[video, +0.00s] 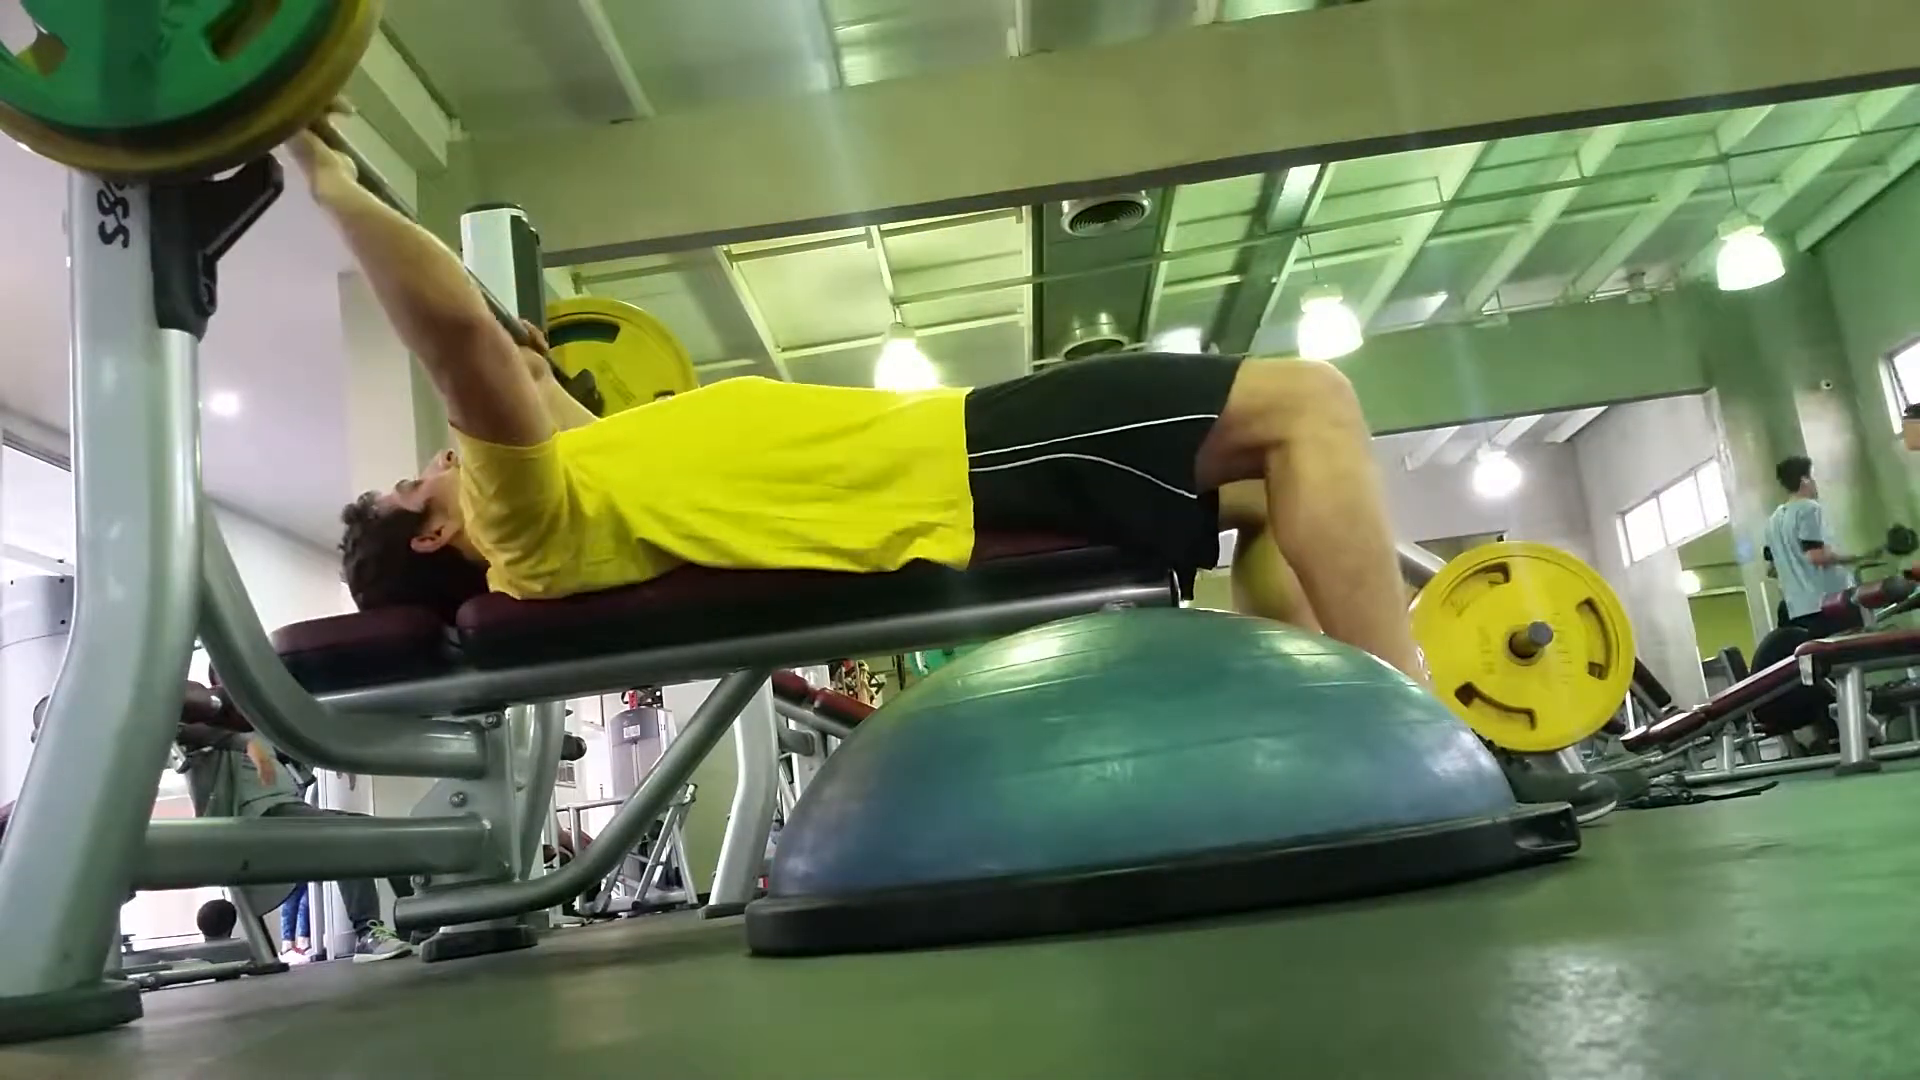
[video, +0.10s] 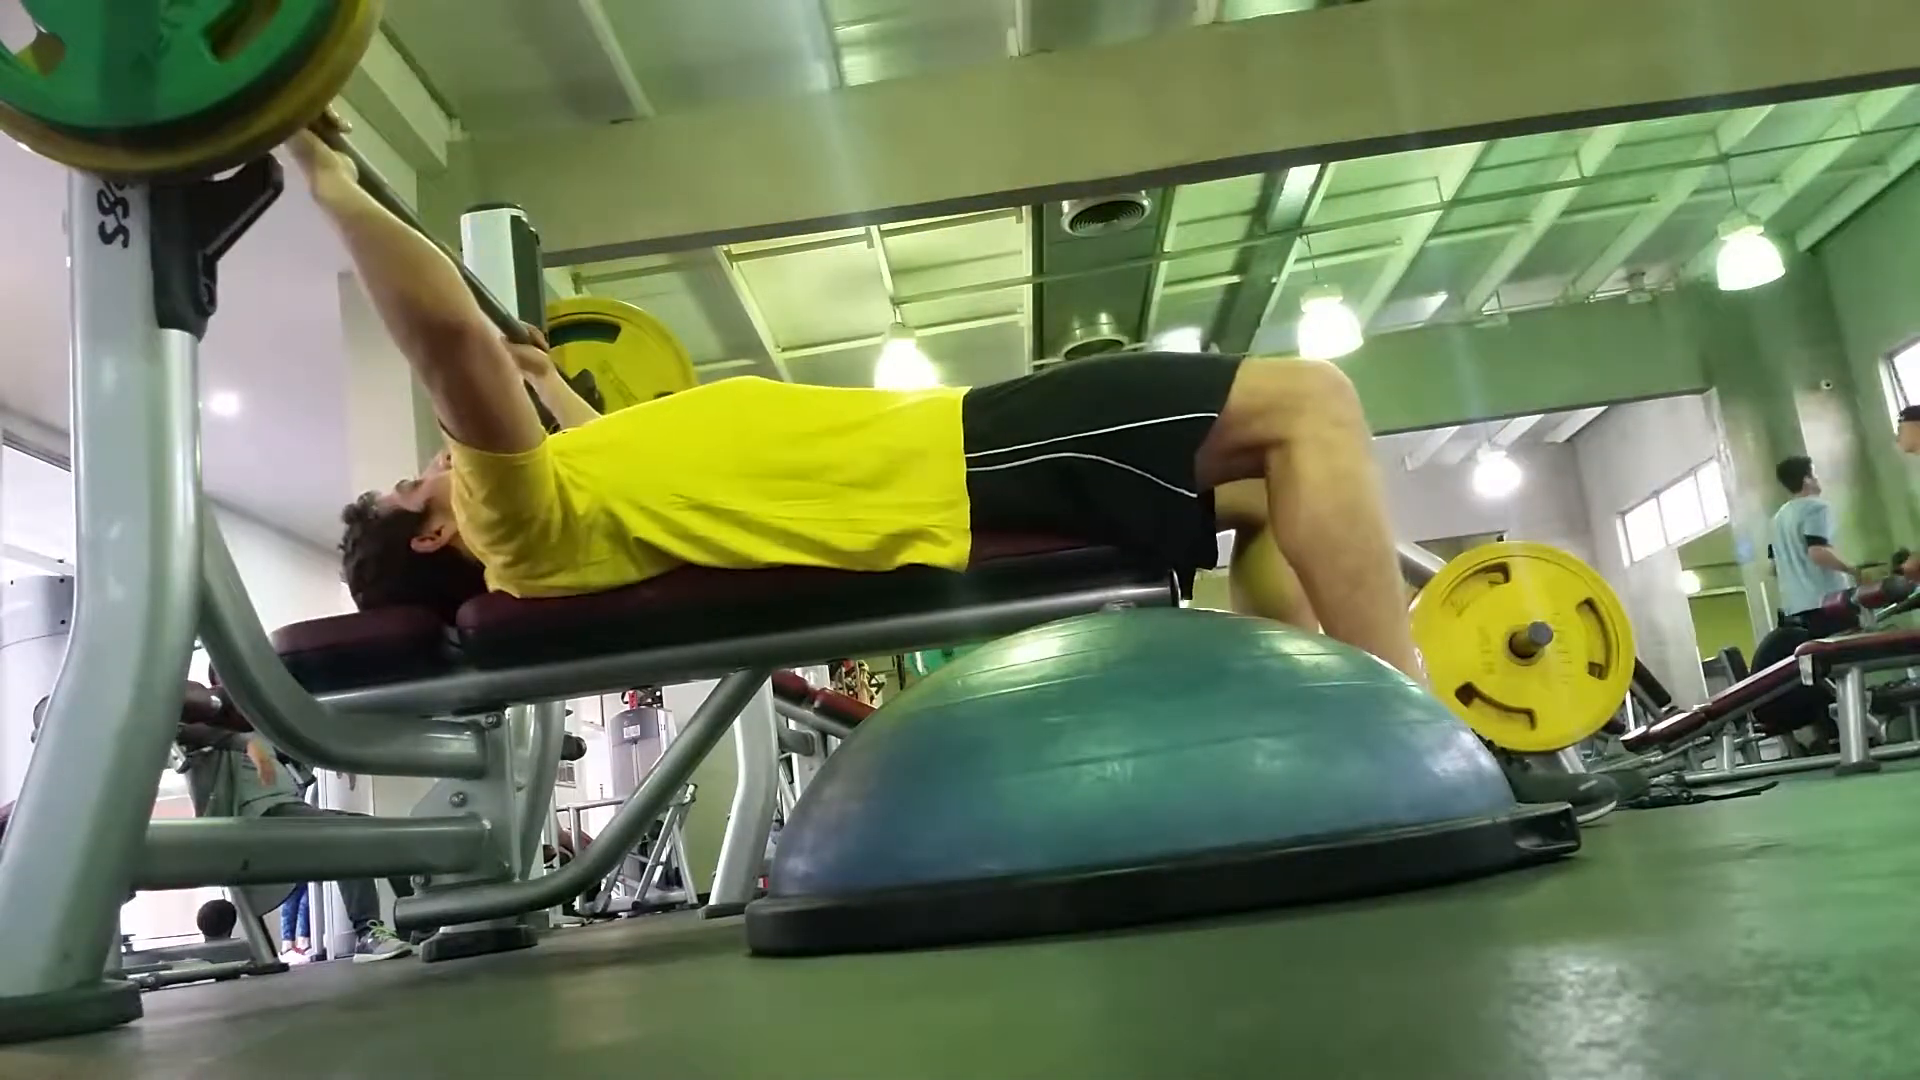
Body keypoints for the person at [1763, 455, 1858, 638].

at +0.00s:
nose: (1815, 482)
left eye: (1813, 476)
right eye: (1812, 477)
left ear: (1787, 484)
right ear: (1803, 481)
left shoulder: (1774, 520)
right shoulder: (1809, 508)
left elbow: (1772, 567)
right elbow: (1815, 554)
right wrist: (1856, 558)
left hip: (1799, 612)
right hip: (1831, 606)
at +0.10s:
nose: (1817, 478)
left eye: (1814, 473)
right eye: (1813, 473)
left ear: (1789, 484)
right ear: (1806, 480)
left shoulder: (1778, 517)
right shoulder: (1815, 507)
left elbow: (1774, 565)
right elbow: (1817, 552)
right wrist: (1850, 570)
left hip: (1795, 609)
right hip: (1826, 605)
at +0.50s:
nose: (1835, 476)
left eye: (1831, 471)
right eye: (1830, 472)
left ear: (1808, 485)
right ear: (1823, 480)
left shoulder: (1795, 513)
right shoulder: (1829, 505)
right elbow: (1837, 555)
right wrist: (1854, 596)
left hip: (1798, 605)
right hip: (1827, 603)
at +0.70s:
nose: (1833, 472)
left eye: (1829, 467)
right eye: (1828, 469)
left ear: (1803, 482)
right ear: (1822, 477)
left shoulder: (1789, 511)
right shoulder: (1833, 502)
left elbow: (1775, 557)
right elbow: (1828, 545)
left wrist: (1790, 588)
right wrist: (1851, 586)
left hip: (1798, 601)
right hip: (1827, 598)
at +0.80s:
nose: (1831, 473)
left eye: (1827, 468)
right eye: (1825, 469)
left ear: (1801, 483)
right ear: (1819, 477)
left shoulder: (1785, 514)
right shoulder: (1830, 503)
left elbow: (1777, 558)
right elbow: (1823, 548)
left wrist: (1784, 590)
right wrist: (1845, 591)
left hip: (1798, 603)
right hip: (1827, 600)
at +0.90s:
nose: (1824, 476)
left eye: (1820, 472)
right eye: (1819, 473)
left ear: (1796, 486)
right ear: (1813, 479)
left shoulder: (1782, 517)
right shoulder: (1825, 508)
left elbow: (1777, 566)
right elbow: (1825, 558)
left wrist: (1792, 593)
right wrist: (1847, 594)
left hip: (1795, 607)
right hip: (1825, 603)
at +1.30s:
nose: (1817, 479)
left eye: (1813, 474)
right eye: (1812, 475)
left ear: (1789, 485)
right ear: (1804, 481)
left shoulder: (1779, 516)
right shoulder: (1813, 507)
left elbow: (1778, 559)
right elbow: (1818, 557)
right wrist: (1843, 593)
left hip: (1793, 607)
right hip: (1820, 602)